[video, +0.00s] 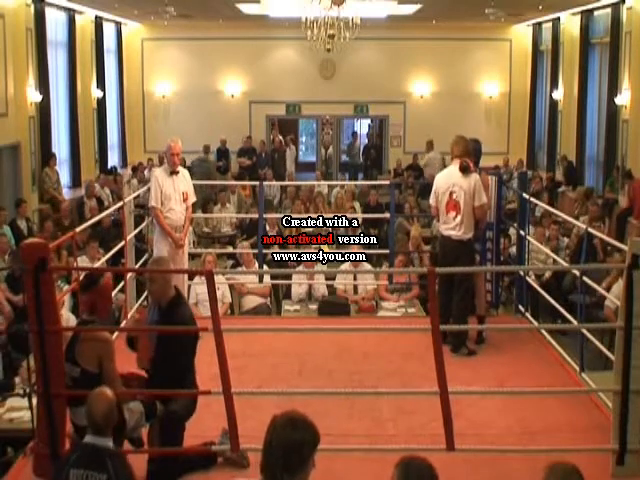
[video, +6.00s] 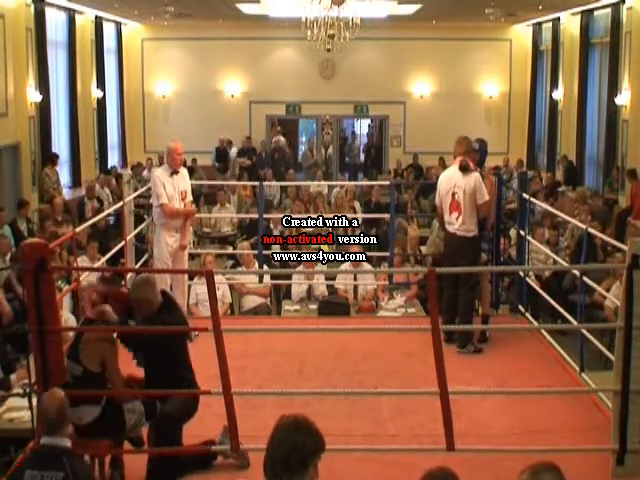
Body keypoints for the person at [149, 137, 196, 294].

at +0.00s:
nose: (176, 159)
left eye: (178, 155)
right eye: (172, 155)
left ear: (181, 155)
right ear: (166, 156)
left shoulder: (184, 174)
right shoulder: (158, 174)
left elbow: (189, 204)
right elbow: (154, 208)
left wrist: (184, 233)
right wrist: (171, 235)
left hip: (182, 226)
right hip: (164, 225)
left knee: (182, 267)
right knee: (163, 265)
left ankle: (181, 301)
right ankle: (162, 303)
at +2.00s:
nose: (176, 158)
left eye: (179, 154)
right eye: (172, 154)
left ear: (182, 155)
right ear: (166, 155)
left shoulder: (185, 173)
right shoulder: (158, 174)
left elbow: (190, 204)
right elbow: (155, 208)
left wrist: (184, 233)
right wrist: (172, 235)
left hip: (182, 227)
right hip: (164, 226)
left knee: (181, 269)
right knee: (164, 268)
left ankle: (181, 304)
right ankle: (163, 305)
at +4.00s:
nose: (180, 158)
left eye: (182, 154)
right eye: (177, 154)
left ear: (184, 156)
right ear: (168, 156)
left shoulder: (184, 172)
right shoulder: (158, 174)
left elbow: (188, 202)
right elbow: (164, 205)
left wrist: (185, 234)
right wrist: (184, 220)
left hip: (181, 228)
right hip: (165, 227)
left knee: (181, 269)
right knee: (163, 268)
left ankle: (181, 307)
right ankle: (163, 306)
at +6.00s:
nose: (179, 158)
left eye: (181, 154)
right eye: (175, 155)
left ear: (183, 156)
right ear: (166, 157)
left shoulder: (184, 173)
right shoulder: (158, 174)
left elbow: (188, 204)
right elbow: (166, 209)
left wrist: (185, 233)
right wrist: (187, 211)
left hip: (183, 227)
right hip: (165, 228)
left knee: (181, 271)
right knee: (163, 270)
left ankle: (181, 310)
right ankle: (162, 310)